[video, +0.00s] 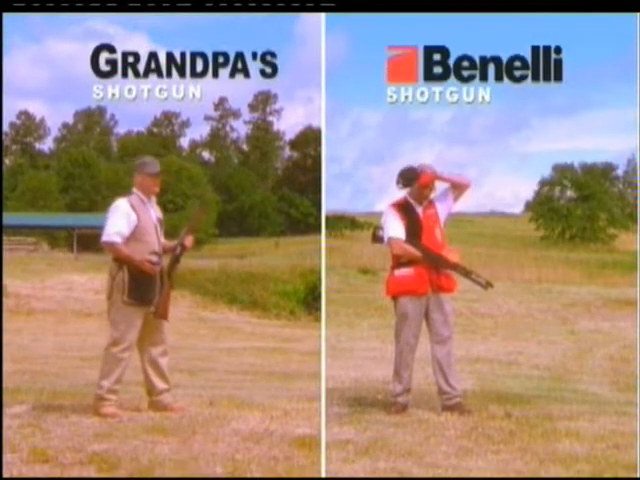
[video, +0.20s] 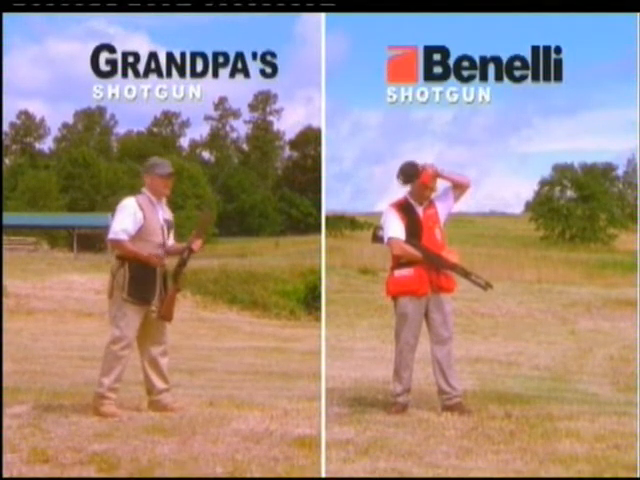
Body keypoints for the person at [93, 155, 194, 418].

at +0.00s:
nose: (157, 183)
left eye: (158, 178)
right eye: (152, 178)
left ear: (158, 181)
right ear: (138, 179)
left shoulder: (154, 209)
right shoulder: (123, 206)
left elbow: (155, 244)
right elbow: (110, 241)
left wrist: (178, 245)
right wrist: (139, 262)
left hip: (153, 275)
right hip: (128, 277)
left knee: (155, 341)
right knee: (121, 341)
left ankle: (160, 396)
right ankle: (106, 398)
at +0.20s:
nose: (168, 183)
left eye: (170, 178)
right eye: (163, 178)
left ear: (169, 181)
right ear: (147, 179)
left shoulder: (164, 211)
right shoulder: (131, 205)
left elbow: (165, 247)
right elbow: (115, 240)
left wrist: (187, 247)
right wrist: (148, 256)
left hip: (155, 280)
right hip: (130, 279)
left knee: (156, 341)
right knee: (122, 339)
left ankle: (159, 396)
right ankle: (105, 396)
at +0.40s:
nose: (166, 183)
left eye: (168, 178)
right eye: (161, 178)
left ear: (169, 181)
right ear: (146, 178)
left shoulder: (164, 212)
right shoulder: (130, 205)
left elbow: (166, 246)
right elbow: (116, 240)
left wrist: (186, 248)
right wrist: (149, 255)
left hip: (154, 281)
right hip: (129, 279)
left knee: (155, 342)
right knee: (119, 339)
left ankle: (159, 397)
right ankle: (102, 398)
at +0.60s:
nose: (149, 183)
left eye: (152, 178)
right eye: (144, 177)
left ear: (155, 180)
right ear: (132, 179)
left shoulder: (153, 210)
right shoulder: (117, 207)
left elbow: (157, 244)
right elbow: (107, 243)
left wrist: (178, 246)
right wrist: (142, 254)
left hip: (149, 279)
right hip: (123, 279)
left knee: (152, 342)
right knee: (118, 341)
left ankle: (159, 396)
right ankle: (102, 399)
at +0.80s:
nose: (130, 181)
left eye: (134, 176)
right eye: (125, 176)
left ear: (140, 179)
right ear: (115, 179)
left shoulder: (143, 209)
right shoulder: (105, 209)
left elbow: (148, 243)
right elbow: (96, 245)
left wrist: (171, 241)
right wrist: (131, 251)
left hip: (143, 283)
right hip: (116, 283)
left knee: (152, 341)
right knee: (115, 341)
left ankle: (159, 396)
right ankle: (102, 399)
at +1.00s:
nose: (119, 181)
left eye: (123, 175)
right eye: (114, 176)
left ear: (131, 178)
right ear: (107, 180)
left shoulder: (142, 208)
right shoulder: (99, 211)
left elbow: (151, 242)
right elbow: (92, 247)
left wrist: (169, 238)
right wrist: (126, 251)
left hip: (141, 284)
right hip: (114, 283)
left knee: (148, 342)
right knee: (113, 341)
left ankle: (158, 396)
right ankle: (101, 398)